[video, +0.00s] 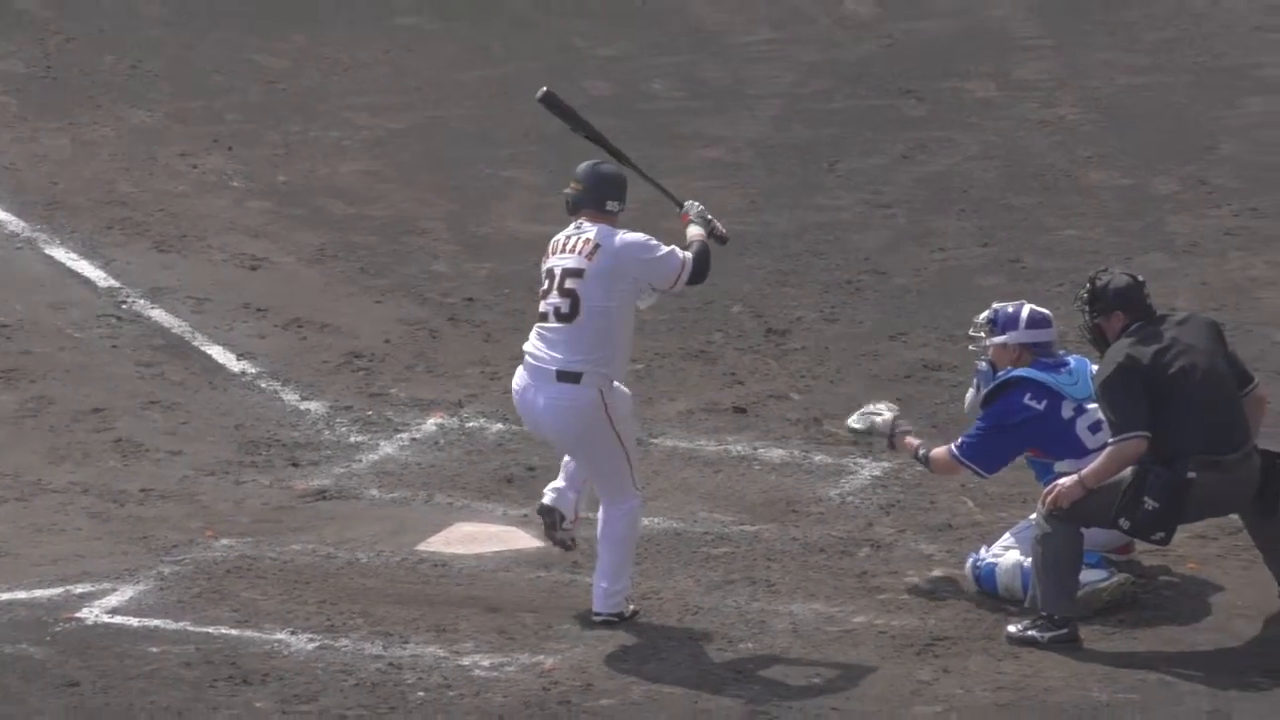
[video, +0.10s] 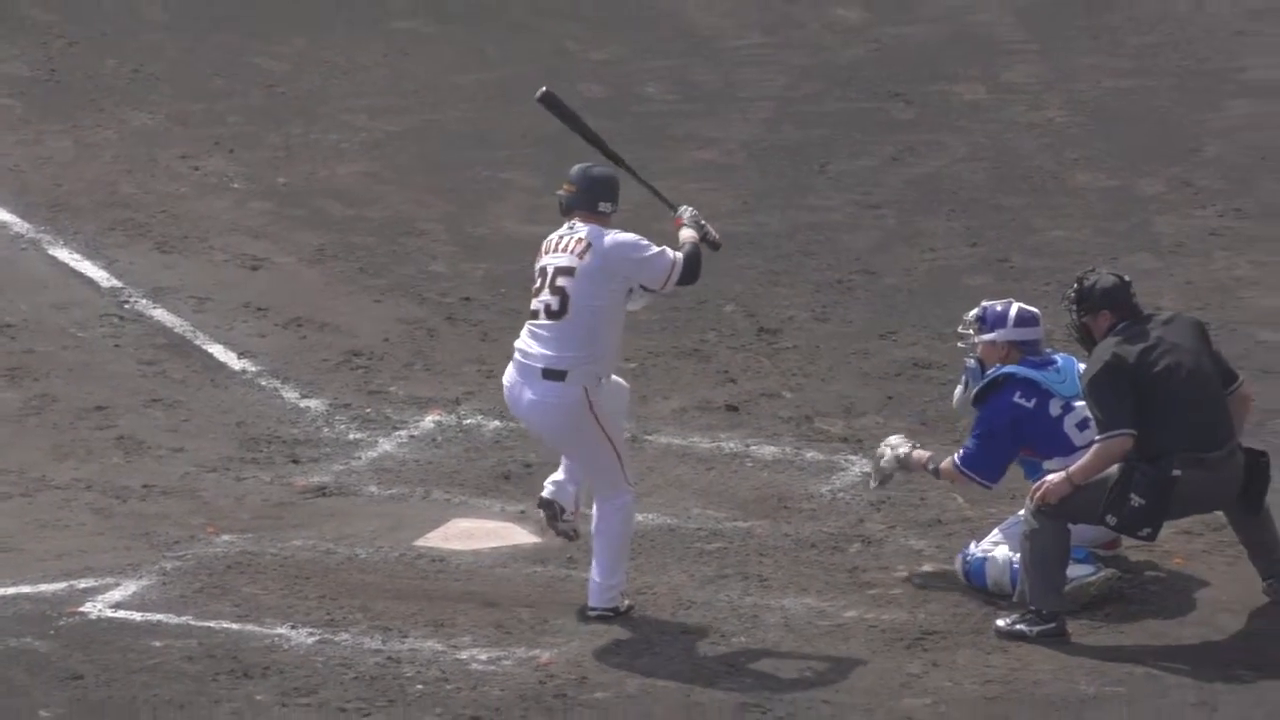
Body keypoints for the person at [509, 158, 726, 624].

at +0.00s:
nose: (569, 203)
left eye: (571, 197)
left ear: (576, 200)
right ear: (617, 203)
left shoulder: (559, 243)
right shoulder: (627, 246)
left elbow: (641, 287)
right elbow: (695, 269)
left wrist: (702, 242)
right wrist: (696, 227)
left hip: (527, 389)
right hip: (583, 400)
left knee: (618, 403)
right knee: (621, 498)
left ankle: (562, 499)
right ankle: (609, 603)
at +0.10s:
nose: (562, 205)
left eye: (565, 199)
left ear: (570, 202)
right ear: (609, 205)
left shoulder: (553, 242)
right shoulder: (616, 246)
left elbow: (628, 290)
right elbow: (686, 270)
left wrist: (694, 248)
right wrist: (689, 230)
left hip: (517, 386)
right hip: (569, 398)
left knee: (615, 392)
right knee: (615, 494)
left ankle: (562, 495)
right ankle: (605, 598)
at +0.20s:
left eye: (557, 201)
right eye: (603, 206)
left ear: (560, 204)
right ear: (600, 207)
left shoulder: (544, 243)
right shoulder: (608, 247)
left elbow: (614, 294)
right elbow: (676, 272)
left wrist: (680, 255)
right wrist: (681, 233)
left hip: (508, 383)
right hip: (558, 395)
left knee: (606, 395)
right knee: (607, 491)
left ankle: (553, 494)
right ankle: (601, 593)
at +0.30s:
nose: (594, 215)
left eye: (548, 201)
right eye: (593, 207)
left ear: (551, 205)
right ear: (591, 208)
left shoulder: (537, 243)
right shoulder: (598, 246)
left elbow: (607, 293)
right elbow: (668, 272)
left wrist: (666, 261)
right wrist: (672, 237)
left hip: (499, 381)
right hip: (548, 394)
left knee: (587, 404)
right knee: (598, 484)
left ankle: (532, 499)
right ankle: (601, 587)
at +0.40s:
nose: (538, 210)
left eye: (541, 204)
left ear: (545, 208)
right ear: (582, 212)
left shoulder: (530, 245)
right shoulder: (588, 247)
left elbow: (604, 295)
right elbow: (656, 268)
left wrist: (667, 263)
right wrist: (662, 239)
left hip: (490, 378)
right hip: (539, 389)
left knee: (534, 429)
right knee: (594, 479)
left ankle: (480, 506)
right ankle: (603, 581)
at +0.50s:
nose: (529, 218)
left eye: (531, 212)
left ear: (535, 215)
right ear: (570, 218)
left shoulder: (522, 250)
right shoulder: (573, 251)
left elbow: (593, 293)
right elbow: (638, 265)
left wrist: (651, 261)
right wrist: (647, 239)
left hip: (481, 376)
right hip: (528, 387)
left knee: (480, 448)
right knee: (587, 473)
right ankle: (603, 571)